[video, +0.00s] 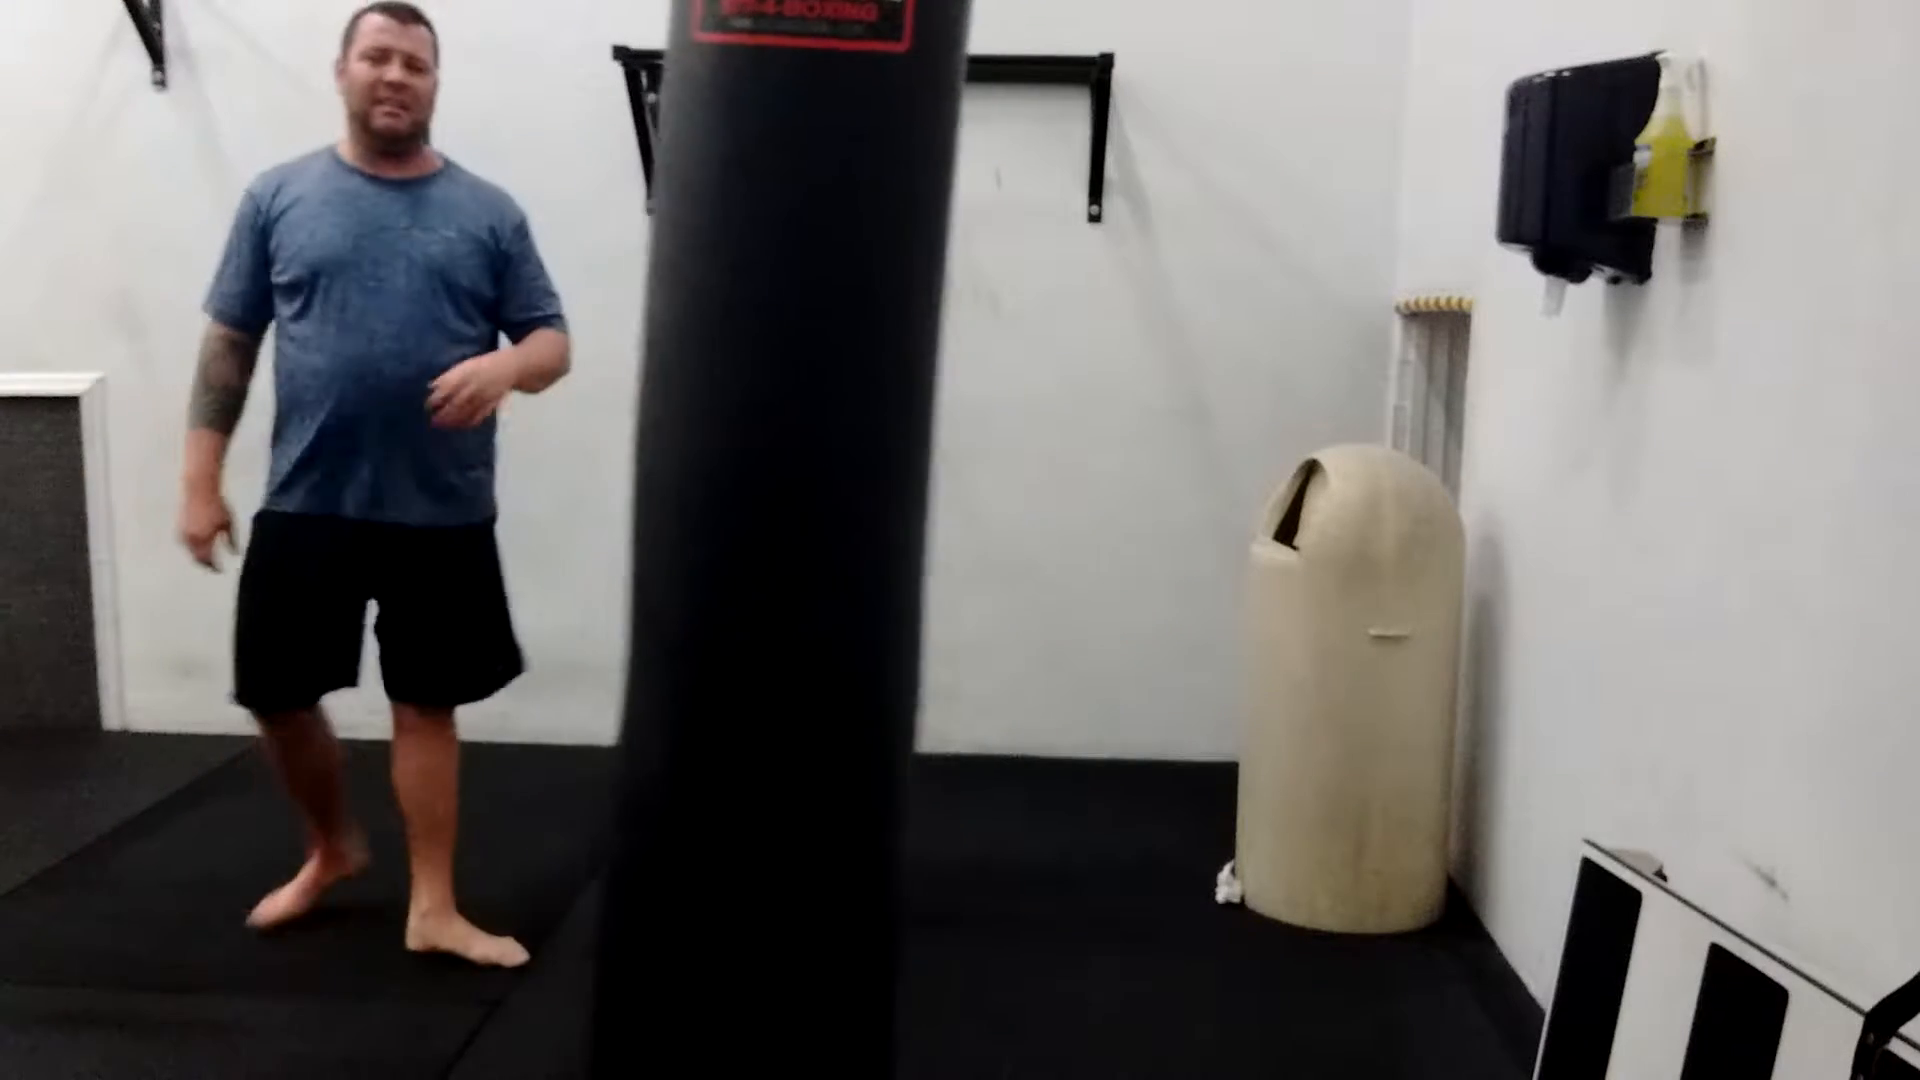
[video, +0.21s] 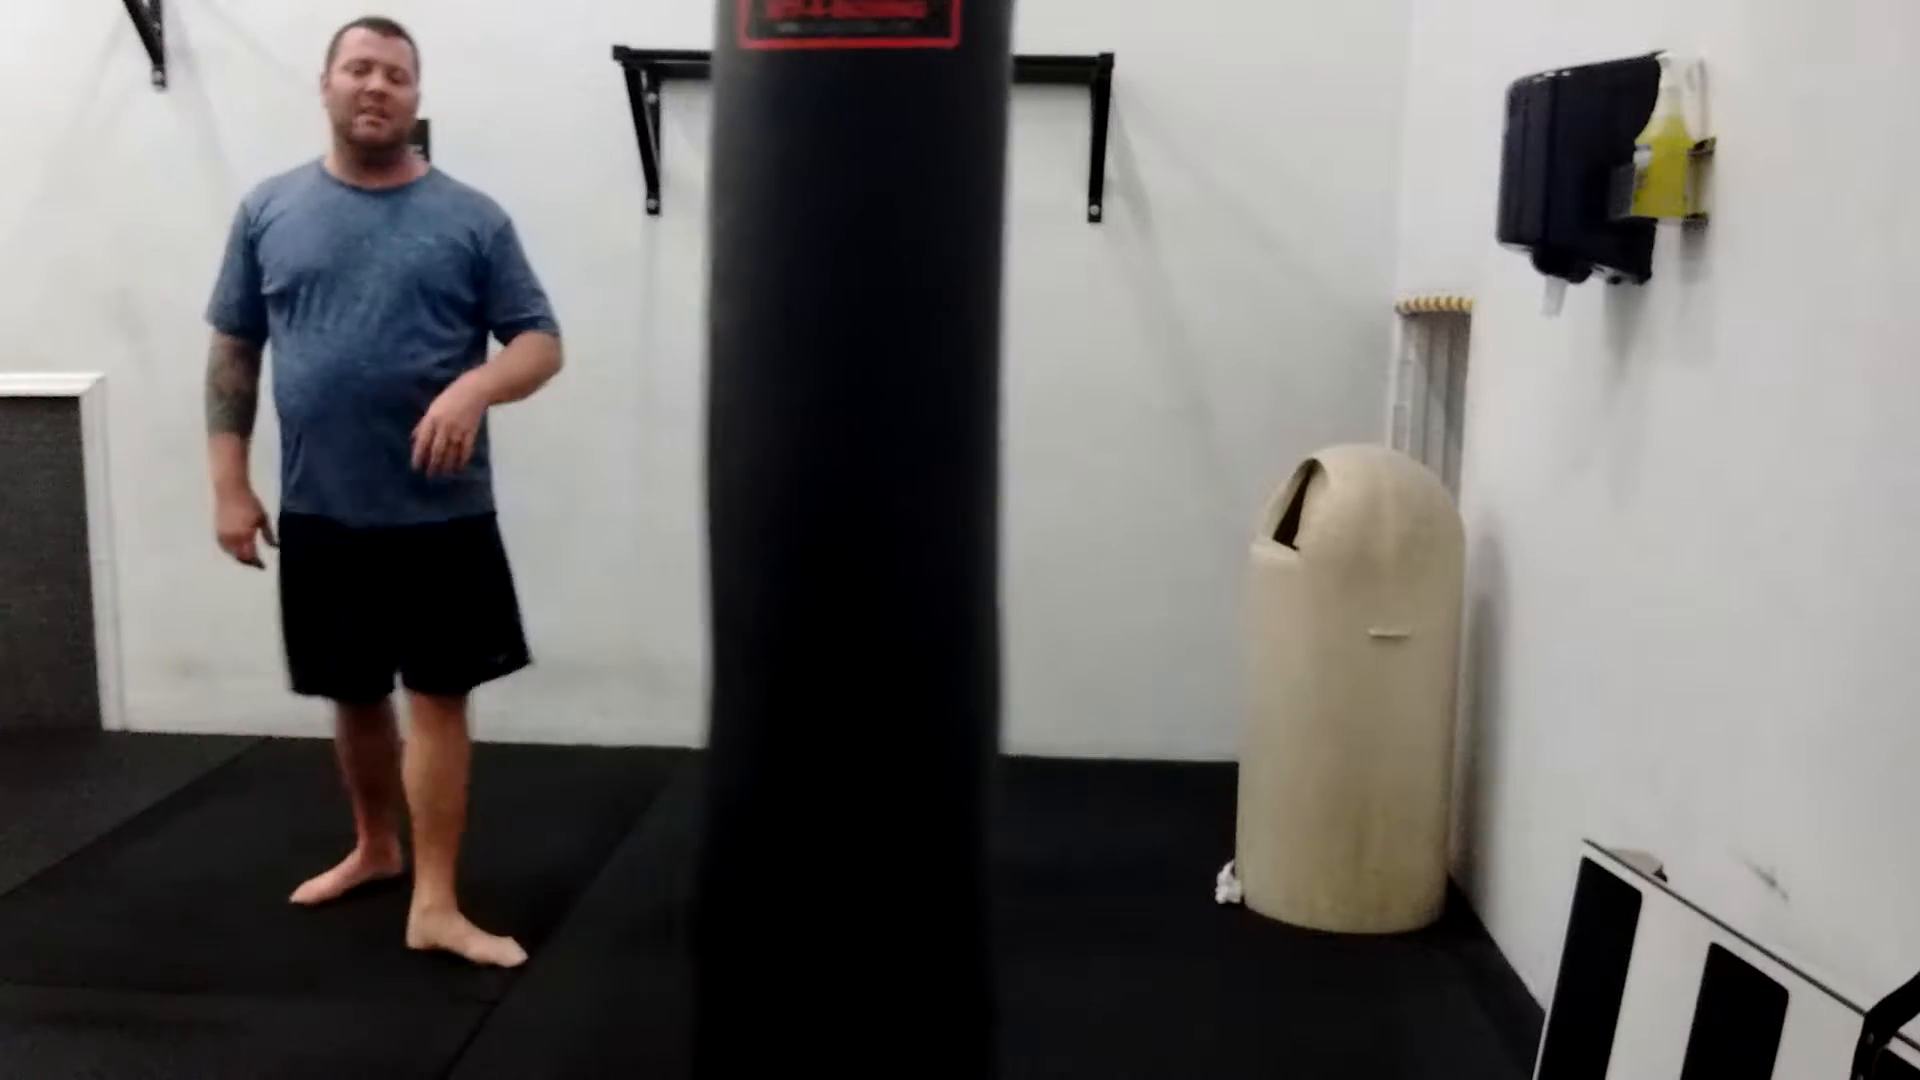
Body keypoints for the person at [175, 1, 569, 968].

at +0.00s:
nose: (392, 76)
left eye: (412, 64)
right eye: (375, 59)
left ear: (435, 87)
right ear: (340, 75)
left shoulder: (489, 214)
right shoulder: (279, 198)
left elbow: (550, 344)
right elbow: (229, 344)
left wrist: (505, 367)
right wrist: (199, 484)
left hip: (440, 504)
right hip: (309, 500)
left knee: (428, 708)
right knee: (276, 693)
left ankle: (434, 911)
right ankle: (332, 849)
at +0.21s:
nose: (378, 86)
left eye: (396, 75)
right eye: (359, 70)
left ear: (419, 100)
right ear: (324, 90)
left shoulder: (473, 219)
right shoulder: (269, 212)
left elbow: (540, 345)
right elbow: (234, 352)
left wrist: (475, 390)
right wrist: (230, 486)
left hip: (441, 507)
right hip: (324, 508)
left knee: (439, 699)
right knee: (354, 695)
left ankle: (435, 907)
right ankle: (376, 847)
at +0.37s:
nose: (357, 86)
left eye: (372, 73)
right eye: (338, 72)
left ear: (397, 95)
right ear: (305, 92)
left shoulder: (463, 208)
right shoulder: (266, 214)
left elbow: (532, 330)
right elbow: (221, 347)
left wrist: (467, 403)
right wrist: (225, 478)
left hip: (447, 488)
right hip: (333, 492)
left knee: (459, 675)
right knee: (363, 674)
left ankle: (471, 871)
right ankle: (374, 846)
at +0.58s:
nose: (350, 84)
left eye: (365, 71)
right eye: (332, 72)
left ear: (392, 90)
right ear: (302, 94)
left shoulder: (465, 199)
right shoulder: (270, 215)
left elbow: (547, 315)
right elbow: (221, 340)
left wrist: (485, 406)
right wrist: (226, 454)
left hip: (451, 483)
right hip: (339, 487)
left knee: (458, 680)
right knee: (368, 676)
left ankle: (478, 870)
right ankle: (375, 846)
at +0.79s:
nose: (377, 87)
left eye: (391, 73)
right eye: (357, 74)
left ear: (415, 93)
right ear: (324, 96)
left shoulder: (485, 208)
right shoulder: (287, 220)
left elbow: (563, 326)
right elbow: (246, 351)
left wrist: (521, 403)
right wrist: (264, 467)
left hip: (467, 493)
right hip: (345, 497)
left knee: (478, 688)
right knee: (366, 684)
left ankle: (483, 871)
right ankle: (376, 849)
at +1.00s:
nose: (415, 87)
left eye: (431, 74)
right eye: (394, 72)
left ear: (450, 95)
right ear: (357, 90)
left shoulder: (509, 214)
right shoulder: (306, 208)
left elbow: (575, 338)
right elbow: (256, 346)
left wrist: (537, 392)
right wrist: (309, 445)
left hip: (478, 501)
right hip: (348, 500)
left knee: (478, 693)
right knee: (303, 681)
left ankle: (483, 872)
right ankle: (365, 836)